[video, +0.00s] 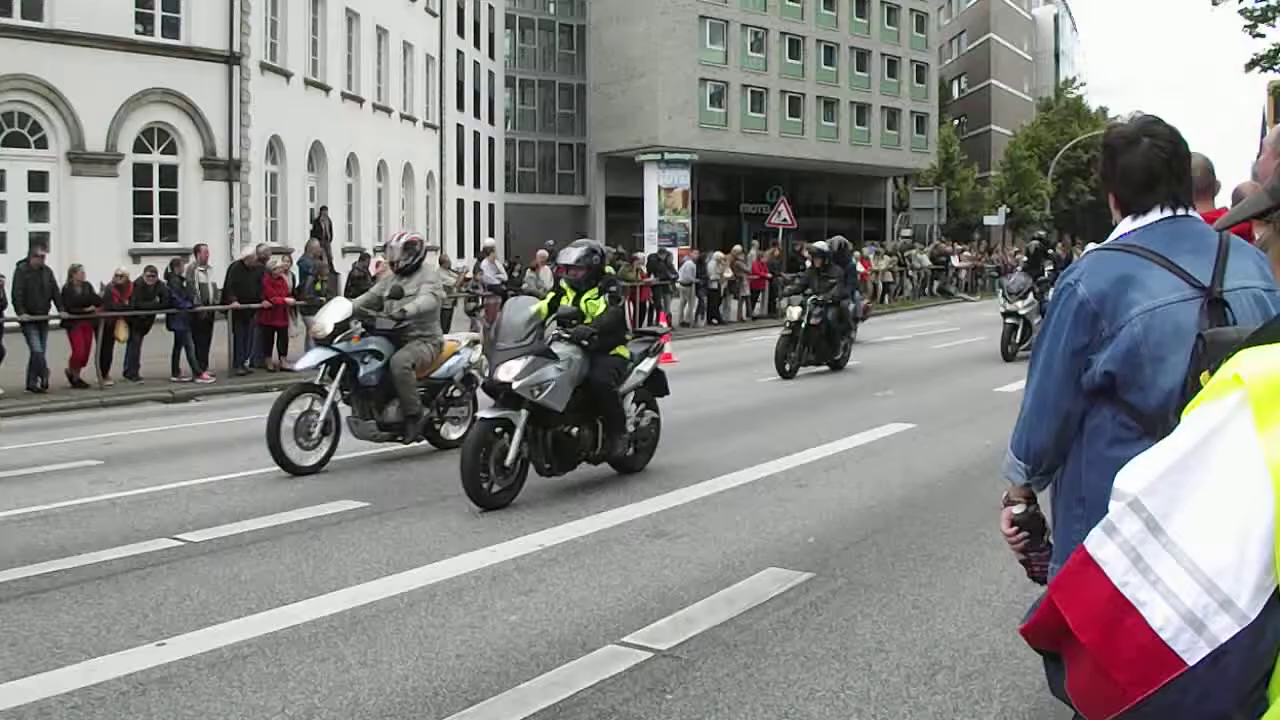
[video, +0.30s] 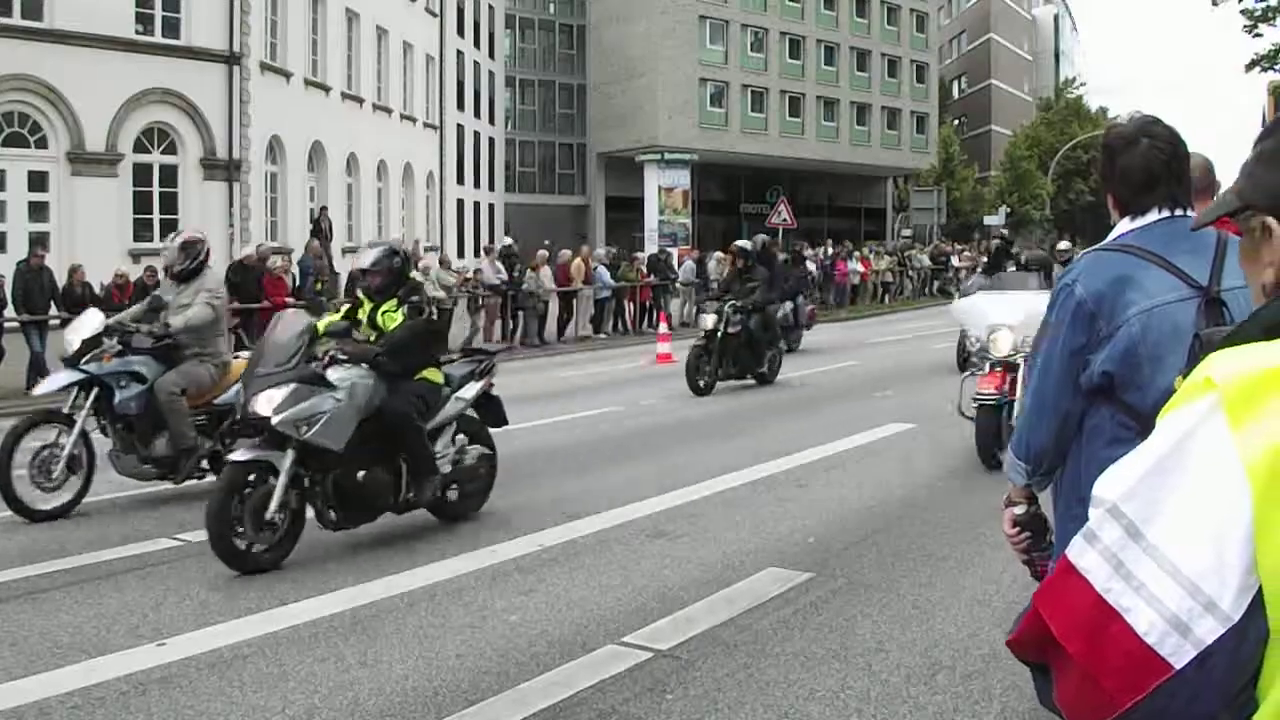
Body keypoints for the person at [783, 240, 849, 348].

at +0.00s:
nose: (815, 261)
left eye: (818, 258)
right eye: (813, 258)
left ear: (825, 259)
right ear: (812, 259)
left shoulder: (836, 272)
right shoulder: (811, 271)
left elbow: (839, 289)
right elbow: (801, 283)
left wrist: (828, 297)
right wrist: (787, 291)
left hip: (831, 301)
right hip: (813, 300)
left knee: (831, 319)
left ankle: (836, 347)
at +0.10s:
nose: (796, 260)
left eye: (799, 258)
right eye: (795, 257)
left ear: (807, 258)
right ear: (793, 258)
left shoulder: (819, 273)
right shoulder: (794, 272)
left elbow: (821, 289)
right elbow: (784, 284)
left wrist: (811, 297)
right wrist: (774, 291)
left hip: (812, 303)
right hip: (795, 301)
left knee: (812, 319)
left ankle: (819, 348)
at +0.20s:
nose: (767, 261)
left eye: (770, 258)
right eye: (766, 258)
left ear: (778, 258)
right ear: (765, 258)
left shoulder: (791, 273)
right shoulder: (765, 274)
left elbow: (791, 291)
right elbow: (756, 289)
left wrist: (780, 300)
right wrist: (741, 294)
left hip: (784, 305)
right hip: (766, 304)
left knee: (784, 324)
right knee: (753, 321)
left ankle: (792, 353)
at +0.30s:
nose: (737, 261)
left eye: (740, 258)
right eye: (736, 257)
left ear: (748, 258)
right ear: (734, 258)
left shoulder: (760, 273)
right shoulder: (734, 272)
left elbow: (760, 294)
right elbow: (723, 288)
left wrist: (749, 302)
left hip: (753, 307)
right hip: (735, 306)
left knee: (753, 328)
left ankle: (761, 363)